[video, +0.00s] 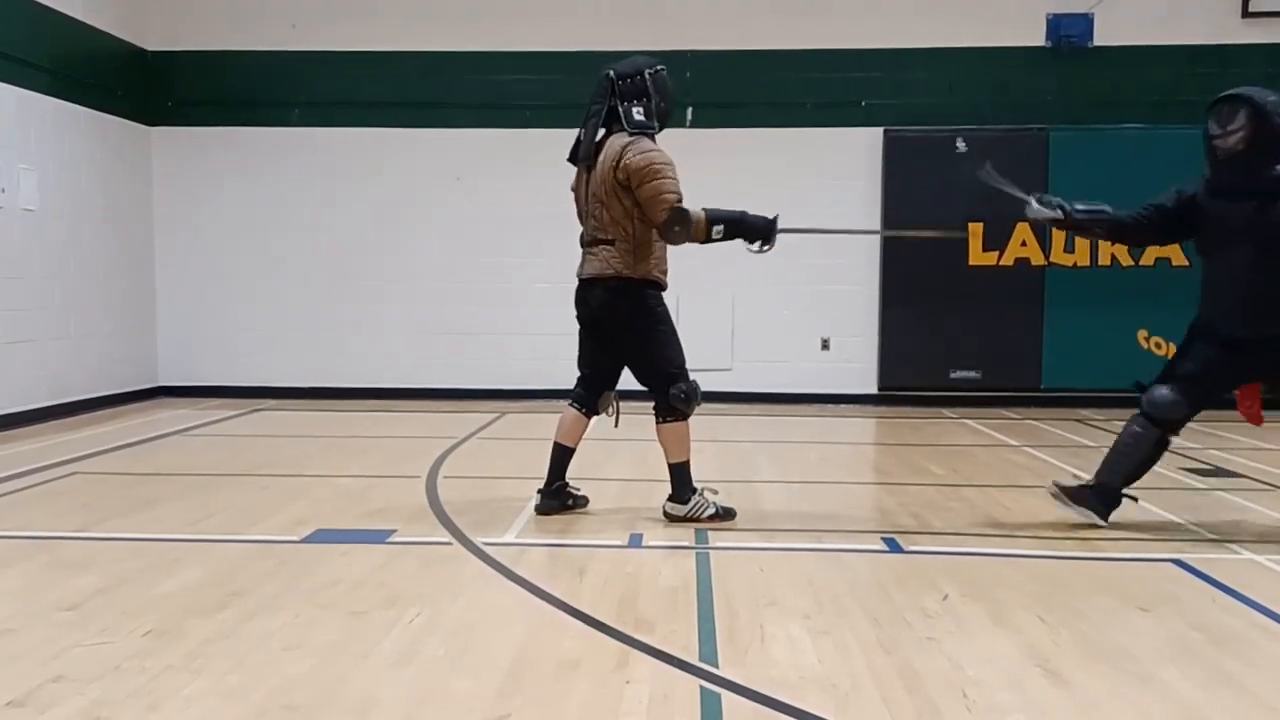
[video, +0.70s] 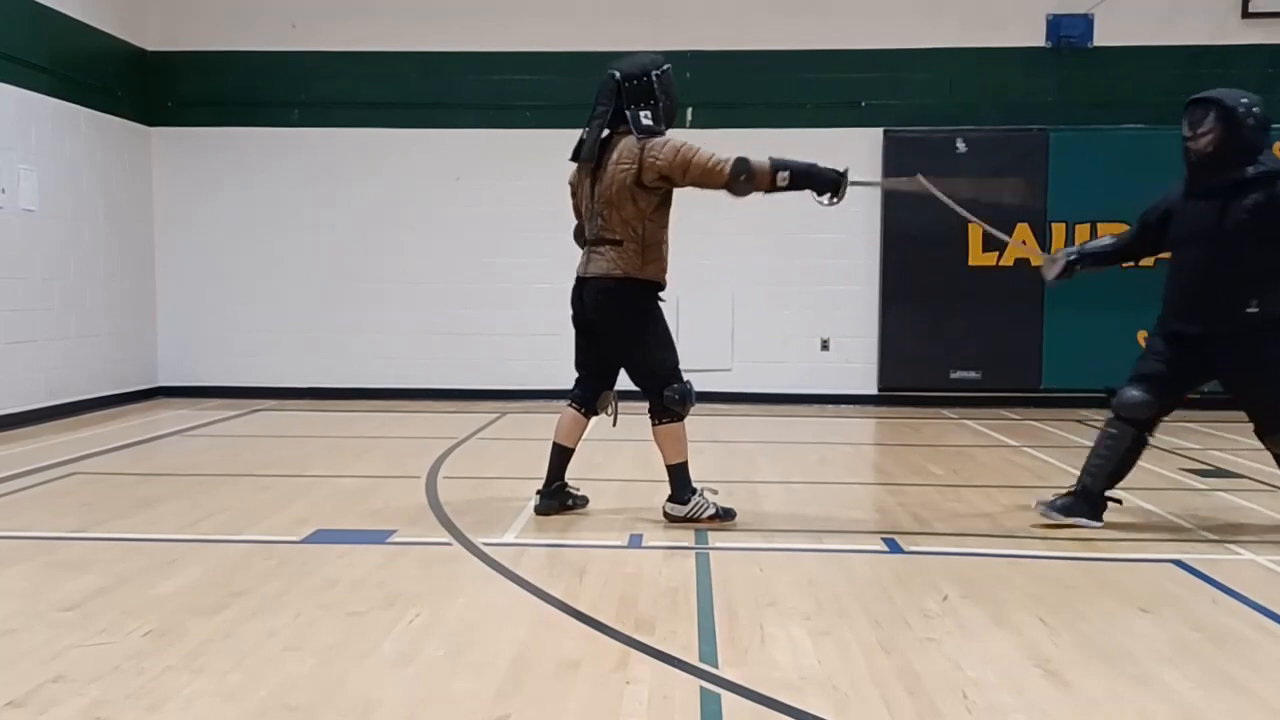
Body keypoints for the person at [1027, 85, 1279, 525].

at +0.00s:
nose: (1220, 133)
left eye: (1234, 125)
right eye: (1218, 124)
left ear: (1263, 132)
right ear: (1211, 128)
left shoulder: (1271, 189)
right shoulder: (1211, 194)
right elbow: (1144, 225)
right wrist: (1069, 217)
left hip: (1270, 328)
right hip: (1223, 328)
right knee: (1165, 403)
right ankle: (1103, 491)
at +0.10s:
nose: (1179, 144)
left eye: (1193, 134)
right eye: (1178, 134)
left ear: (1224, 141)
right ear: (1171, 138)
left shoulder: (1261, 194)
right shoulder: (1166, 201)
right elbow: (1102, 219)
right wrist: (1036, 202)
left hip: (1251, 341)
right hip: (1179, 343)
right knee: (1124, 405)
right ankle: (1083, 500)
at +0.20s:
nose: (1140, 154)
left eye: (1153, 144)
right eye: (1136, 146)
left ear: (1185, 148)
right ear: (1129, 151)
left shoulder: (1234, 201)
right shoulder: (1126, 207)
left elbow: (1279, 220)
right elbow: (1066, 215)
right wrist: (1004, 196)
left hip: (1232, 346)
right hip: (1151, 346)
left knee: (1278, 439)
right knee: (1093, 398)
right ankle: (1079, 500)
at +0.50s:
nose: (1133, 147)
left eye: (1146, 138)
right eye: (1132, 139)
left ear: (1180, 143)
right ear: (1128, 145)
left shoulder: (1231, 203)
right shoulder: (1121, 204)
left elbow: (1277, 246)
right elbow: (1065, 242)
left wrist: (1229, 281)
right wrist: (1001, 247)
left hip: (1213, 347)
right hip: (1134, 343)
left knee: (1255, 442)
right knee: (1080, 395)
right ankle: (1077, 500)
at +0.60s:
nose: (1165, 144)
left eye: (1178, 134)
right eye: (1163, 134)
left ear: (1210, 140)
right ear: (1156, 139)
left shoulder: (1252, 200)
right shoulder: (1152, 205)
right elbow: (1099, 251)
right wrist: (1037, 267)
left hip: (1226, 343)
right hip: (1151, 338)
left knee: (1263, 440)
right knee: (1098, 399)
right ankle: (1079, 502)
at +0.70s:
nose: (1193, 138)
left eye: (1207, 130)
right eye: (1194, 128)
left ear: (1239, 133)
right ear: (1192, 130)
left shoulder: (1268, 188)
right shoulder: (1190, 195)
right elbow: (1137, 240)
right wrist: (1076, 255)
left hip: (1252, 333)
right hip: (1184, 330)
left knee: (1274, 429)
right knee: (1134, 406)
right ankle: (1087, 496)